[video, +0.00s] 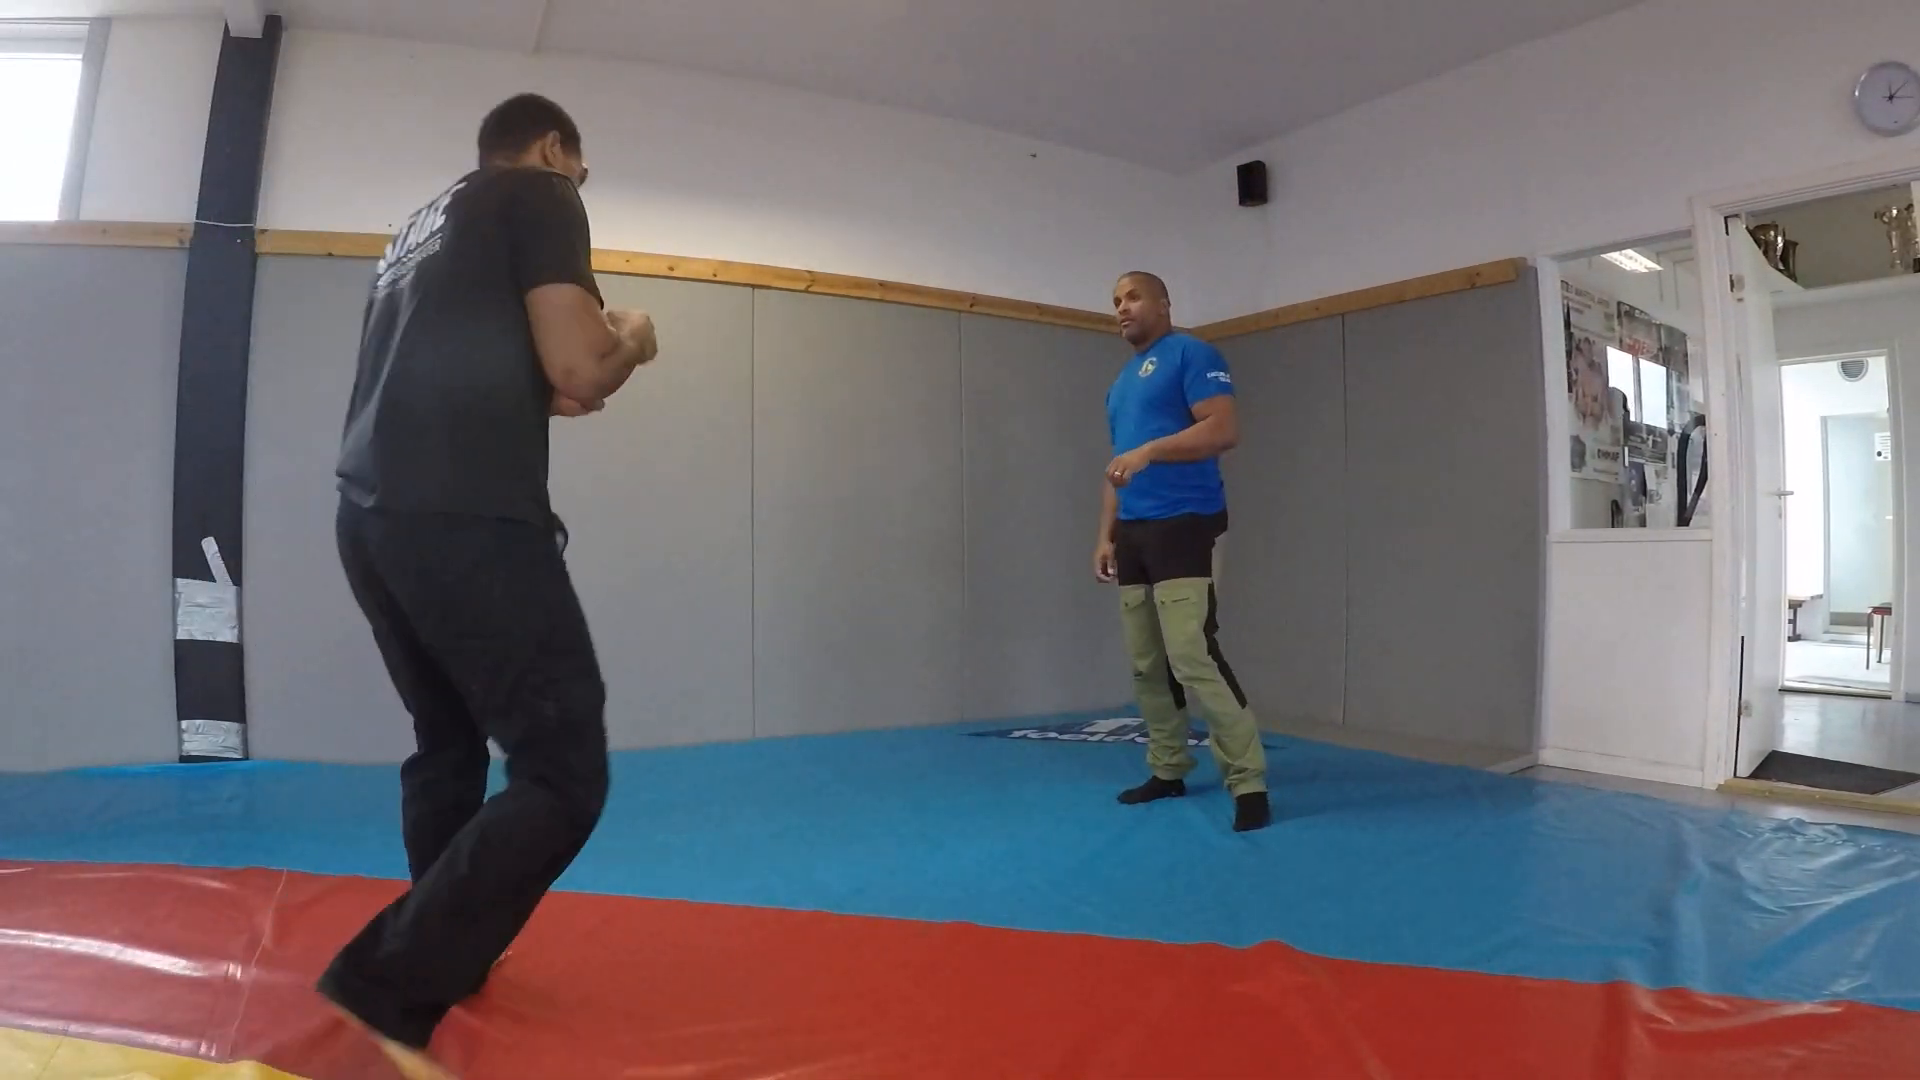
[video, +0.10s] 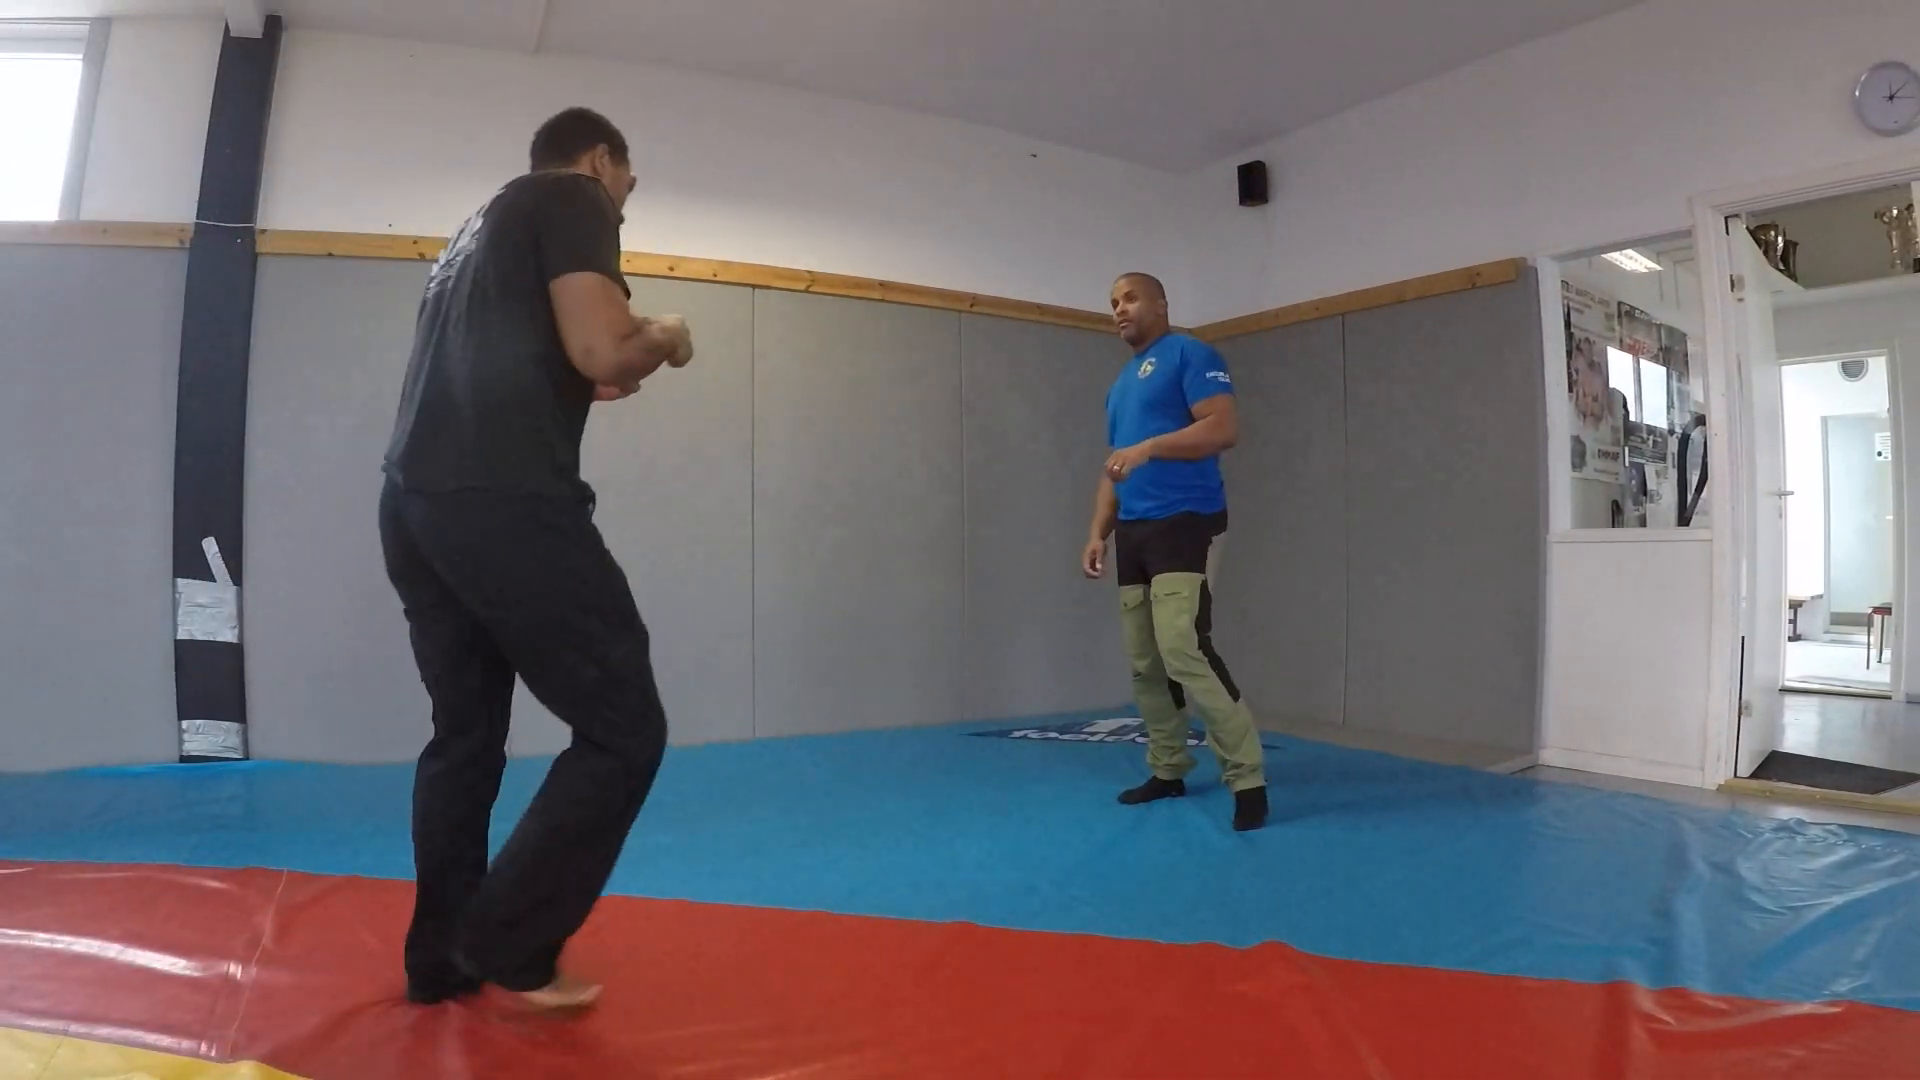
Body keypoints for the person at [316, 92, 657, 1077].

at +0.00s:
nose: (579, 189)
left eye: (580, 178)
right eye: (577, 174)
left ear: (490, 150)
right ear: (549, 151)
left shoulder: (422, 226)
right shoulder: (538, 196)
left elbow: (486, 387)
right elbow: (575, 373)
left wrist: (578, 380)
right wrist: (629, 338)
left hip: (373, 519)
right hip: (473, 521)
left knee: (449, 742)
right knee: (565, 777)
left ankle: (448, 942)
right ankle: (390, 984)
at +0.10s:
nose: (625, 203)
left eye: (627, 192)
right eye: (624, 187)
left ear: (544, 159)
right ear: (598, 161)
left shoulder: (475, 230)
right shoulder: (570, 200)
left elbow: (507, 372)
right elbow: (603, 356)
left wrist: (608, 374)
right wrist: (661, 339)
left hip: (419, 509)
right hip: (512, 509)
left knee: (464, 733)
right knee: (625, 732)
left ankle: (439, 956)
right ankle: (511, 945)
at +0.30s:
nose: (721, 217)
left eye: (722, 202)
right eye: (720, 199)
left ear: (647, 188)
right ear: (691, 185)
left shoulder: (592, 252)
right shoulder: (657, 241)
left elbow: (675, 380)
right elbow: (707, 384)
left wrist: (728, 329)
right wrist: (757, 321)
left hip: (514, 520)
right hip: (598, 524)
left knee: (493, 737)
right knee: (672, 719)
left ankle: (446, 949)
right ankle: (750, 892)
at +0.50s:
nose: (824, 249)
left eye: (828, 234)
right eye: (826, 231)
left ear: (753, 215)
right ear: (798, 217)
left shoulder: (686, 278)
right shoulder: (758, 290)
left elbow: (703, 416)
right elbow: (788, 449)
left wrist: (799, 404)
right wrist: (850, 410)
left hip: (634, 528)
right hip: (710, 536)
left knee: (680, 697)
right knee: (782, 718)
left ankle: (548, 841)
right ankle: (753, 902)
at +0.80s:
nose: (921, 266)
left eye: (922, 251)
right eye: (919, 249)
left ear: (872, 238)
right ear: (891, 236)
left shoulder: (829, 304)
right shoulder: (817, 300)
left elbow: (878, 417)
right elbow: (876, 421)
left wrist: (929, 356)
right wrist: (938, 351)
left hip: (795, 519)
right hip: (776, 520)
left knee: (849, 676)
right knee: (812, 703)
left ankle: (888, 808)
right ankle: (753, 899)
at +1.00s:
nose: (963, 318)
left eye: (965, 307)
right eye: (962, 304)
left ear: (924, 294)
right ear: (932, 292)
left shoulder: (915, 363)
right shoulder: (848, 343)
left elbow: (976, 400)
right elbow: (844, 437)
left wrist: (1048, 358)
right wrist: (940, 393)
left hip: (863, 548)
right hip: (818, 547)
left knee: (917, 677)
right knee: (868, 705)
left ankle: (912, 813)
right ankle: (766, 879)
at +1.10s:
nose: (972, 331)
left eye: (974, 322)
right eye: (972, 319)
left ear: (935, 306)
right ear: (948, 304)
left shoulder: (922, 367)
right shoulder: (879, 339)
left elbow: (998, 402)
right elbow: (858, 407)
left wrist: (1080, 391)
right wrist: (950, 373)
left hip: (870, 539)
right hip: (836, 537)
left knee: (911, 679)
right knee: (889, 692)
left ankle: (913, 813)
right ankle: (783, 852)